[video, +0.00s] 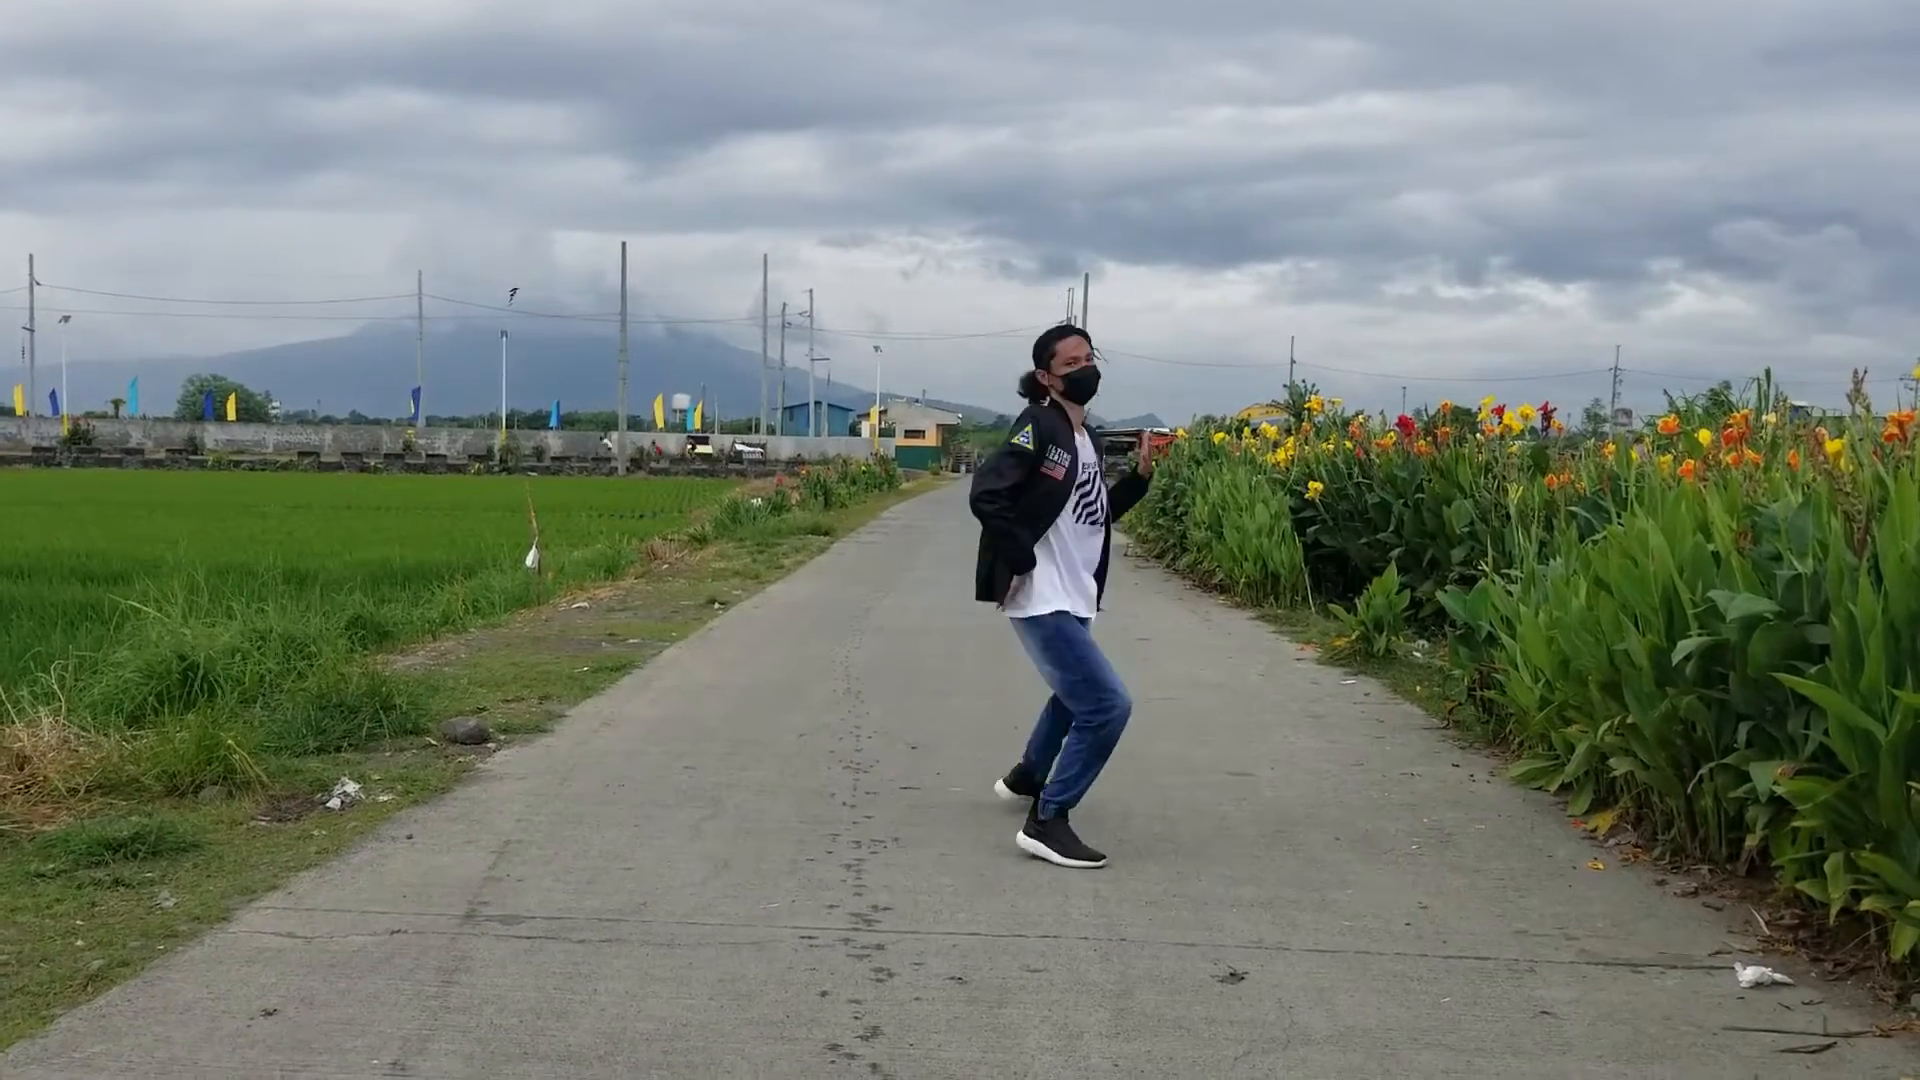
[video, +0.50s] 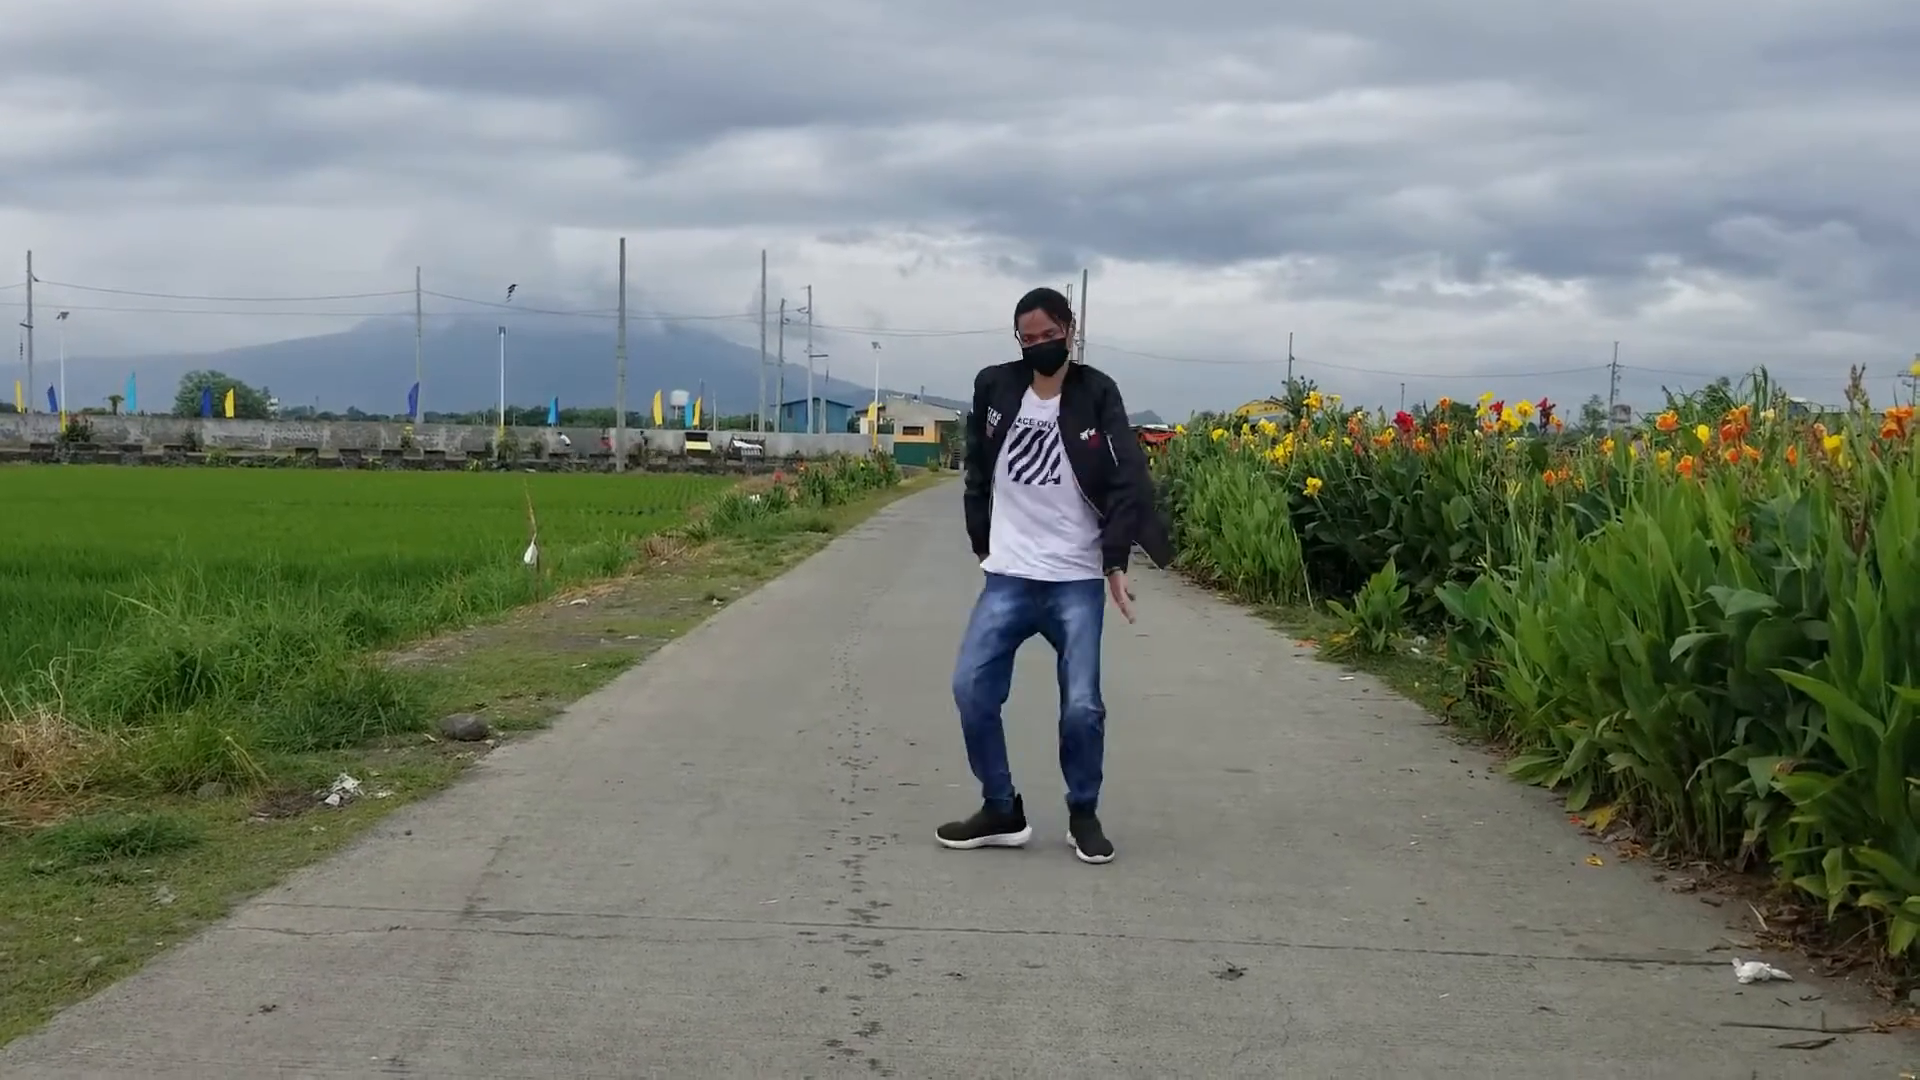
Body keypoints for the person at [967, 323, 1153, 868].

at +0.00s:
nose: (1086, 366)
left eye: (1089, 357)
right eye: (1072, 360)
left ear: (1095, 365)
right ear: (1047, 375)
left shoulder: (1084, 437)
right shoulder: (1037, 427)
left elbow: (1094, 515)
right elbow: (986, 493)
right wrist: (1019, 555)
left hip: (1074, 594)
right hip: (1037, 597)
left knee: (1074, 696)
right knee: (1108, 705)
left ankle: (1028, 777)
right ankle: (1047, 820)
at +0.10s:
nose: (1071, 350)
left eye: (1076, 341)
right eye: (1058, 344)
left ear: (1087, 348)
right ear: (1036, 357)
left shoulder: (1104, 414)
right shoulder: (1017, 406)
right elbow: (957, 472)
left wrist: (1140, 414)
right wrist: (995, 538)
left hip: (1077, 581)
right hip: (1028, 580)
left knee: (1112, 694)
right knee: (1089, 699)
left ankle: (1045, 776)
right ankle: (1045, 823)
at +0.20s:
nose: (1058, 342)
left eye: (1065, 332)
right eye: (1046, 336)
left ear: (1079, 335)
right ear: (1028, 345)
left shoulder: (1109, 385)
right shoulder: (1004, 399)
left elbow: (1191, 398)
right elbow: (944, 462)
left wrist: (1139, 425)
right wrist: (979, 519)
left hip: (1080, 573)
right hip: (1023, 576)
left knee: (1116, 687)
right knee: (1069, 693)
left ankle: (1068, 777)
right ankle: (1041, 819)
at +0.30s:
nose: (1057, 333)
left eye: (1063, 322)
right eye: (1044, 327)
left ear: (1076, 323)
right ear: (1026, 336)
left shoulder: (1110, 373)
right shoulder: (1002, 387)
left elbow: (1197, 388)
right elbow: (949, 445)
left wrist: (1125, 392)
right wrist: (975, 508)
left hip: (1080, 563)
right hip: (1017, 563)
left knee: (1099, 687)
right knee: (1046, 691)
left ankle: (1081, 794)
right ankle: (1038, 814)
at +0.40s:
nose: (1055, 337)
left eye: (1062, 325)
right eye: (1042, 330)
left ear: (1076, 323)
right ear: (1025, 335)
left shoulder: (1111, 368)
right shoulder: (1001, 379)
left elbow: (1177, 410)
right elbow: (962, 437)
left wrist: (1108, 446)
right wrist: (981, 503)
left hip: (1078, 563)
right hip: (1013, 560)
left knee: (1073, 701)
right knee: (1015, 694)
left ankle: (1086, 812)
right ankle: (1027, 817)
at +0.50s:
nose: (1039, 347)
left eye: (1048, 336)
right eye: (1029, 339)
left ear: (1069, 332)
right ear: (1017, 341)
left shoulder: (1097, 392)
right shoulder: (996, 386)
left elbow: (1129, 479)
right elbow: (977, 470)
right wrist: (984, 546)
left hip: (1077, 576)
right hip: (1008, 572)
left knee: (1082, 706)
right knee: (971, 687)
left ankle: (1084, 814)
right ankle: (1002, 810)